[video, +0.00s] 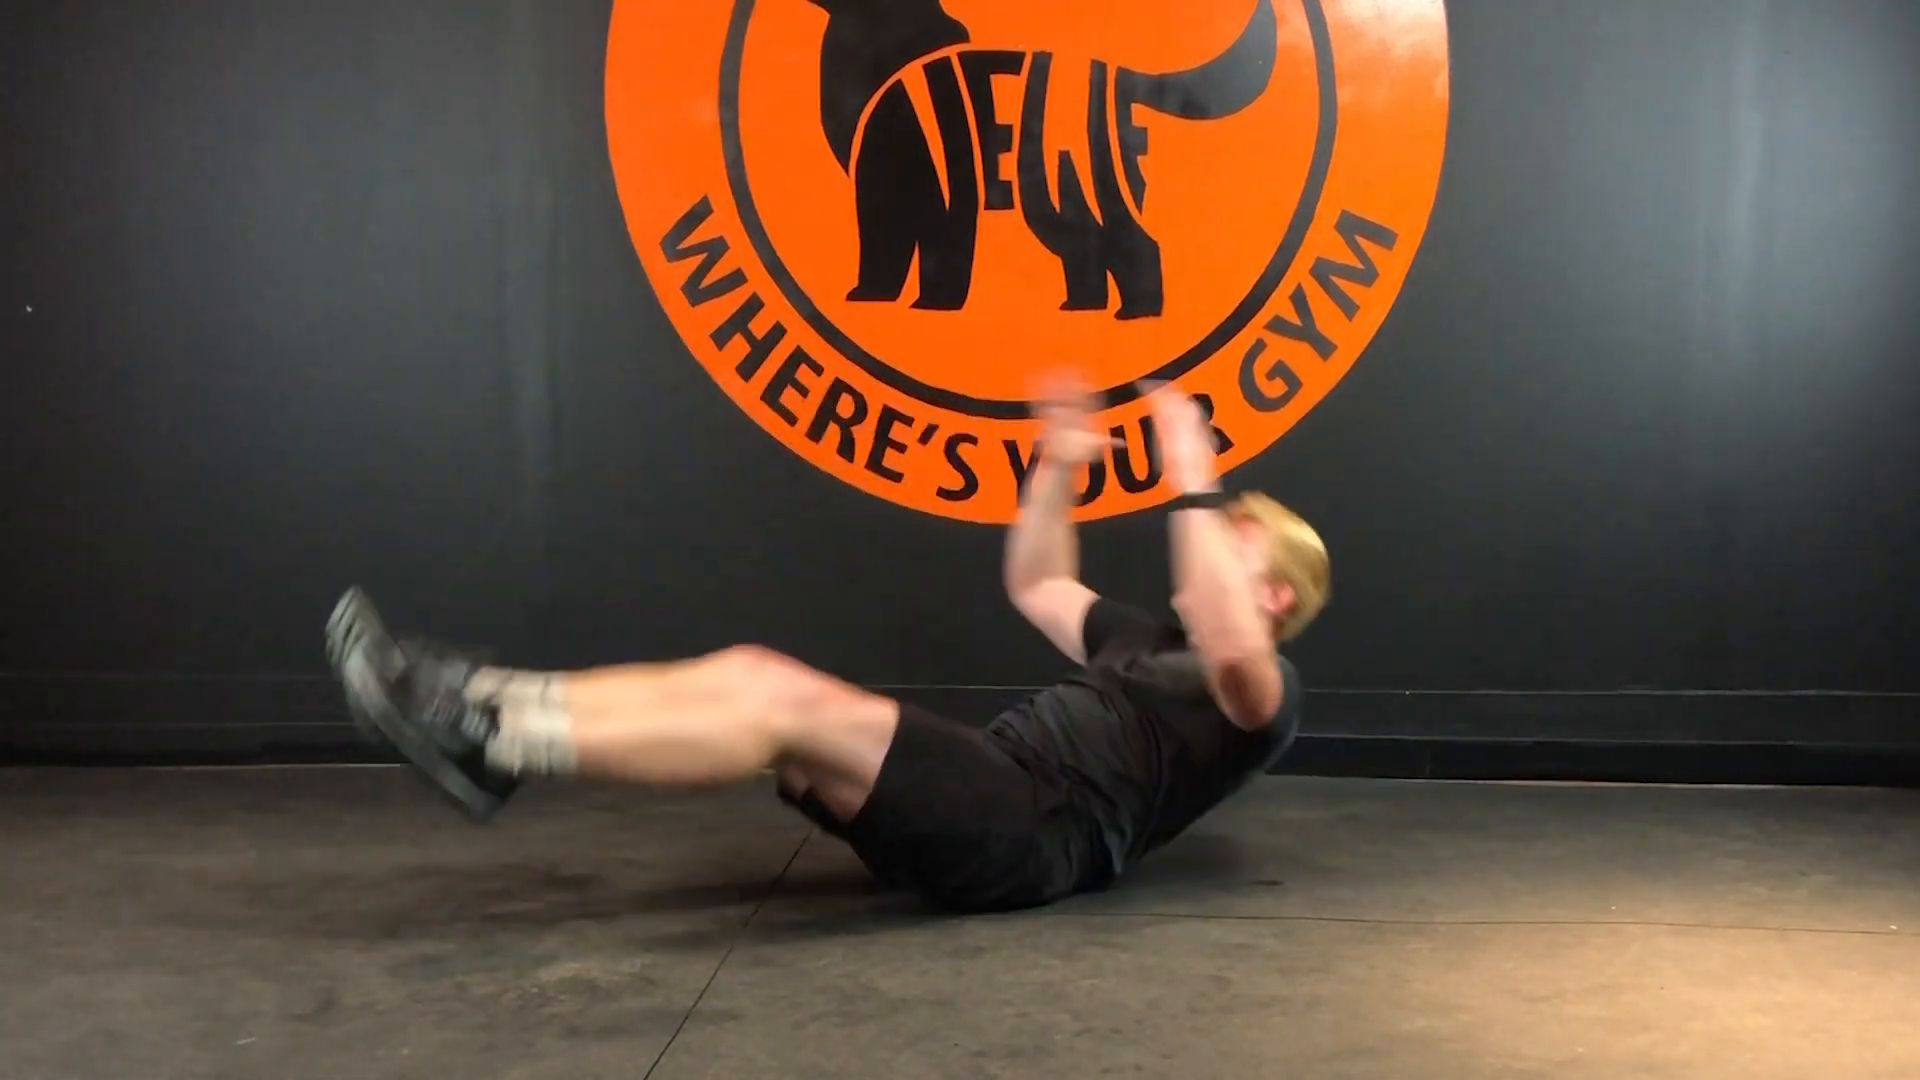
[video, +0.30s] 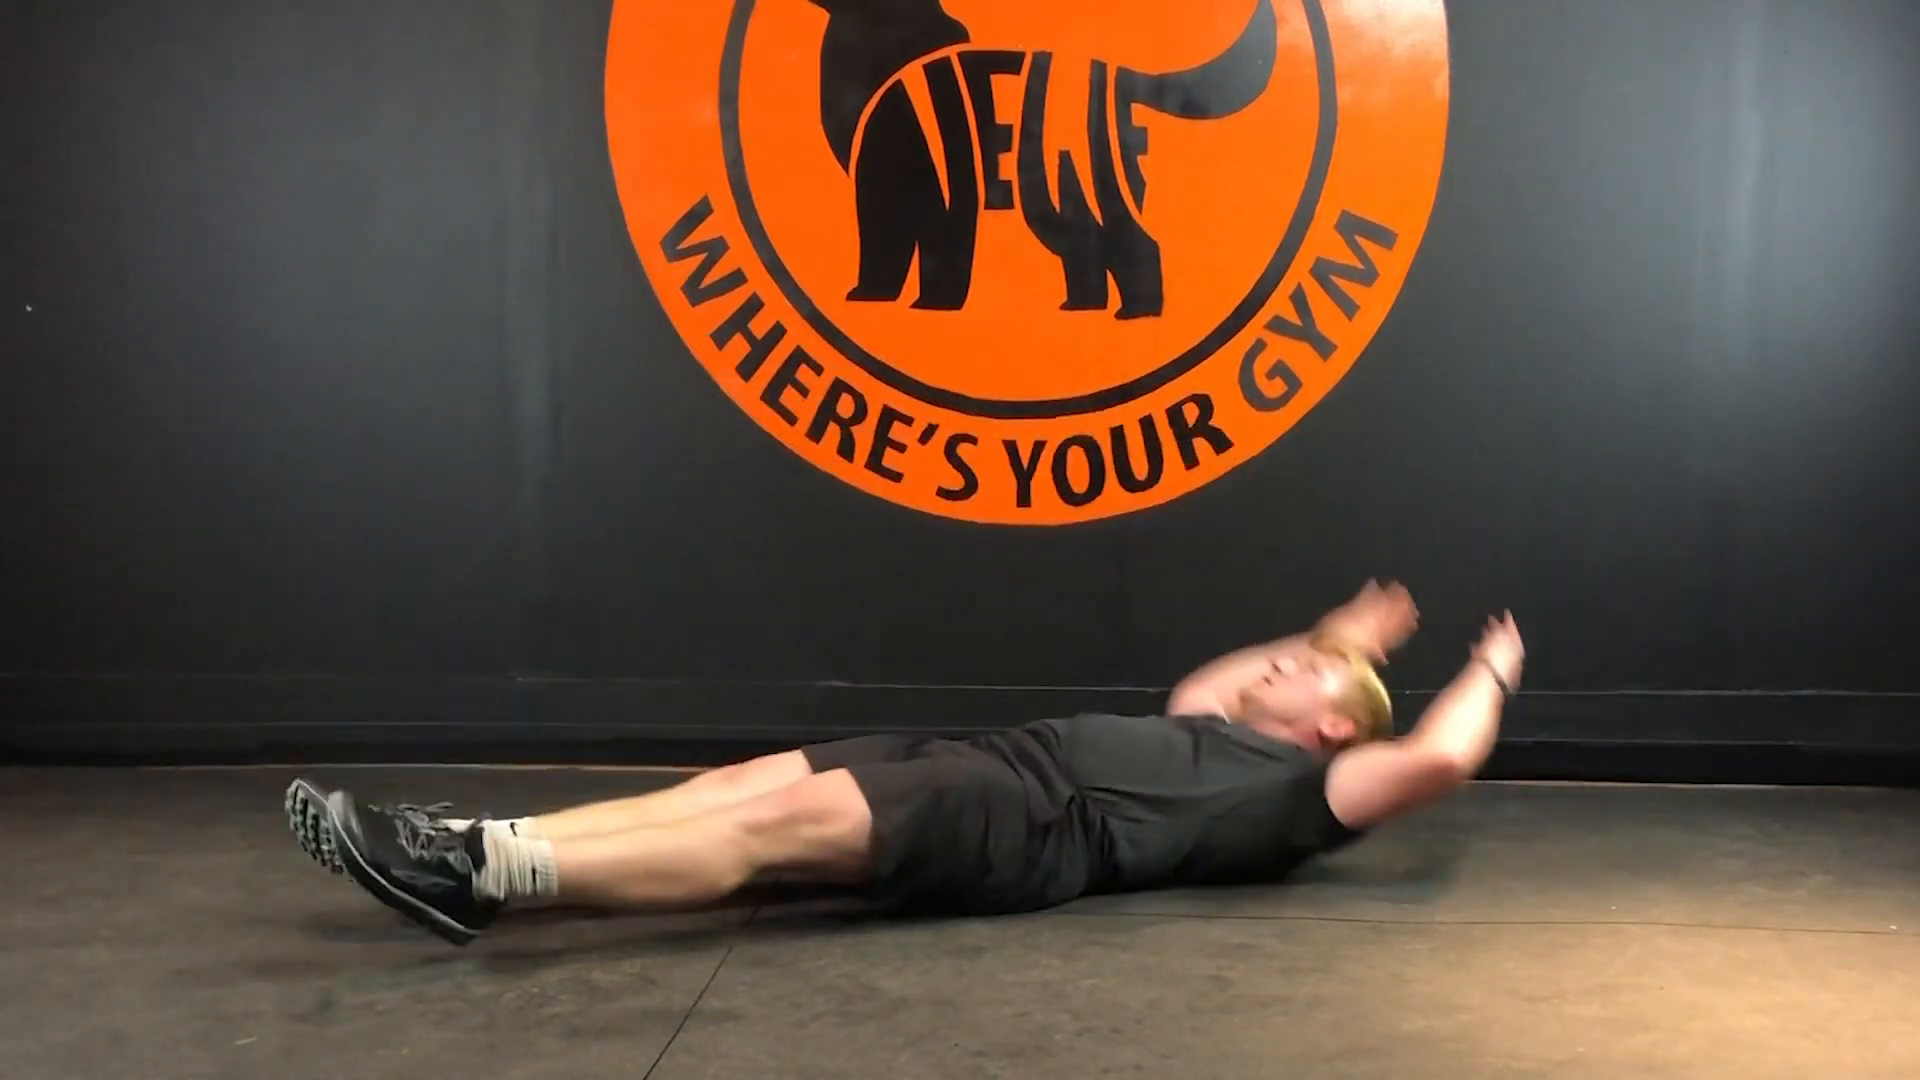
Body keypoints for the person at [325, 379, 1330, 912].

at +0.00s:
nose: (1204, 554)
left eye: (1233, 550)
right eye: (1208, 543)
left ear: (1277, 601)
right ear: (1219, 567)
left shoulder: (1252, 702)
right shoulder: (1146, 646)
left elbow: (1224, 632)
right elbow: (1041, 583)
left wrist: (1191, 474)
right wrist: (1056, 471)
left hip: (1028, 829)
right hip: (965, 792)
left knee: (776, 692)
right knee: (750, 671)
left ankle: (475, 721)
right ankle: (487, 725)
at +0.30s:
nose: (1289, 674)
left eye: (1315, 684)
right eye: (1287, 666)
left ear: (1340, 733)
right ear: (1253, 686)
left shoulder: (1294, 789)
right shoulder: (1183, 728)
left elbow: (1441, 760)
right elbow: (1223, 674)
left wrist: (1490, 670)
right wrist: (1333, 642)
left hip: (1031, 809)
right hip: (953, 757)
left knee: (793, 809)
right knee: (742, 780)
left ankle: (474, 867)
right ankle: (475, 864)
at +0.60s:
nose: (1361, 702)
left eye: (1383, 707)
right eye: (1360, 688)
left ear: (1381, 750)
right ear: (1328, 701)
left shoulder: (1311, 795)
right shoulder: (1223, 730)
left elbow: (1437, 730)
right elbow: (1209, 657)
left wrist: (1454, 647)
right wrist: (1359, 644)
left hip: (1047, 815)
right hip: (993, 760)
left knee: (801, 778)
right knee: (766, 789)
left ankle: (485, 801)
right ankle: (483, 812)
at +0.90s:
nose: (1143, 584)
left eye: (1168, 567)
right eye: (1146, 563)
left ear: (1236, 587)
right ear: (1201, 580)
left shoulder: (1248, 663)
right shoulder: (1149, 652)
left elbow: (1120, 630)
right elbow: (1016, 594)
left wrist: (978, 562)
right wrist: (911, 488)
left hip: (1030, 831)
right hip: (972, 823)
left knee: (886, 603)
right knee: (851, 602)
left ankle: (607, 536)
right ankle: (590, 547)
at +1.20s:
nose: (1083, 526)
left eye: (1108, 514)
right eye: (1088, 512)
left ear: (1181, 527)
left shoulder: (1198, 608)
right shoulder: (1074, 600)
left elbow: (1055, 565)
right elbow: (955, 546)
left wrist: (924, 452)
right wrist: (847, 465)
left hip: (1033, 832)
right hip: (952, 831)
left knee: (951, 577)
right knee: (911, 568)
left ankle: (717, 471)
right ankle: (701, 479)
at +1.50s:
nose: (1240, 604)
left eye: (1270, 597)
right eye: (1251, 591)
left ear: (1309, 649)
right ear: (1240, 613)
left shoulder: (1267, 731)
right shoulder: (1181, 687)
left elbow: (1322, 647)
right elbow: (1105, 600)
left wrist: (1326, 521)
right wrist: (1182, 490)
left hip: (1055, 825)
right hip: (1004, 798)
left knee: (810, 701)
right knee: (790, 695)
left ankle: (529, 692)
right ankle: (523, 686)